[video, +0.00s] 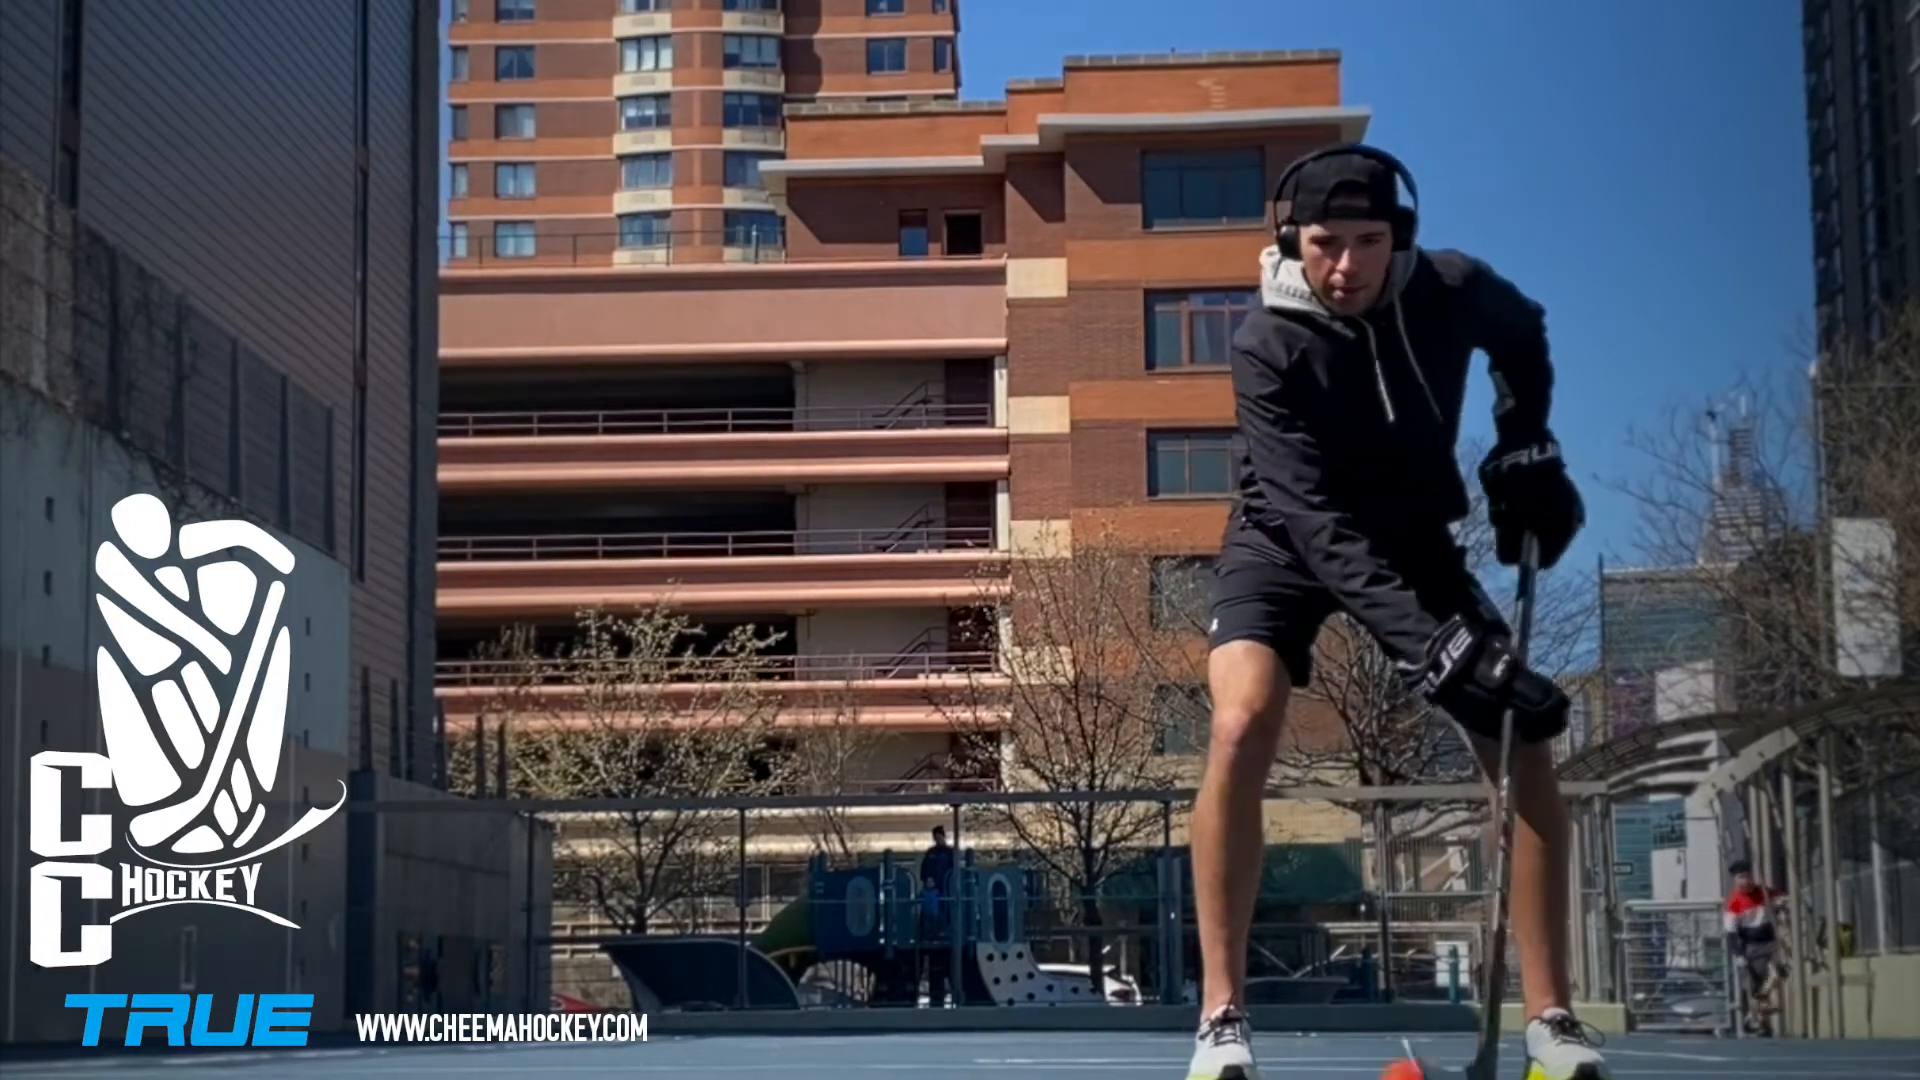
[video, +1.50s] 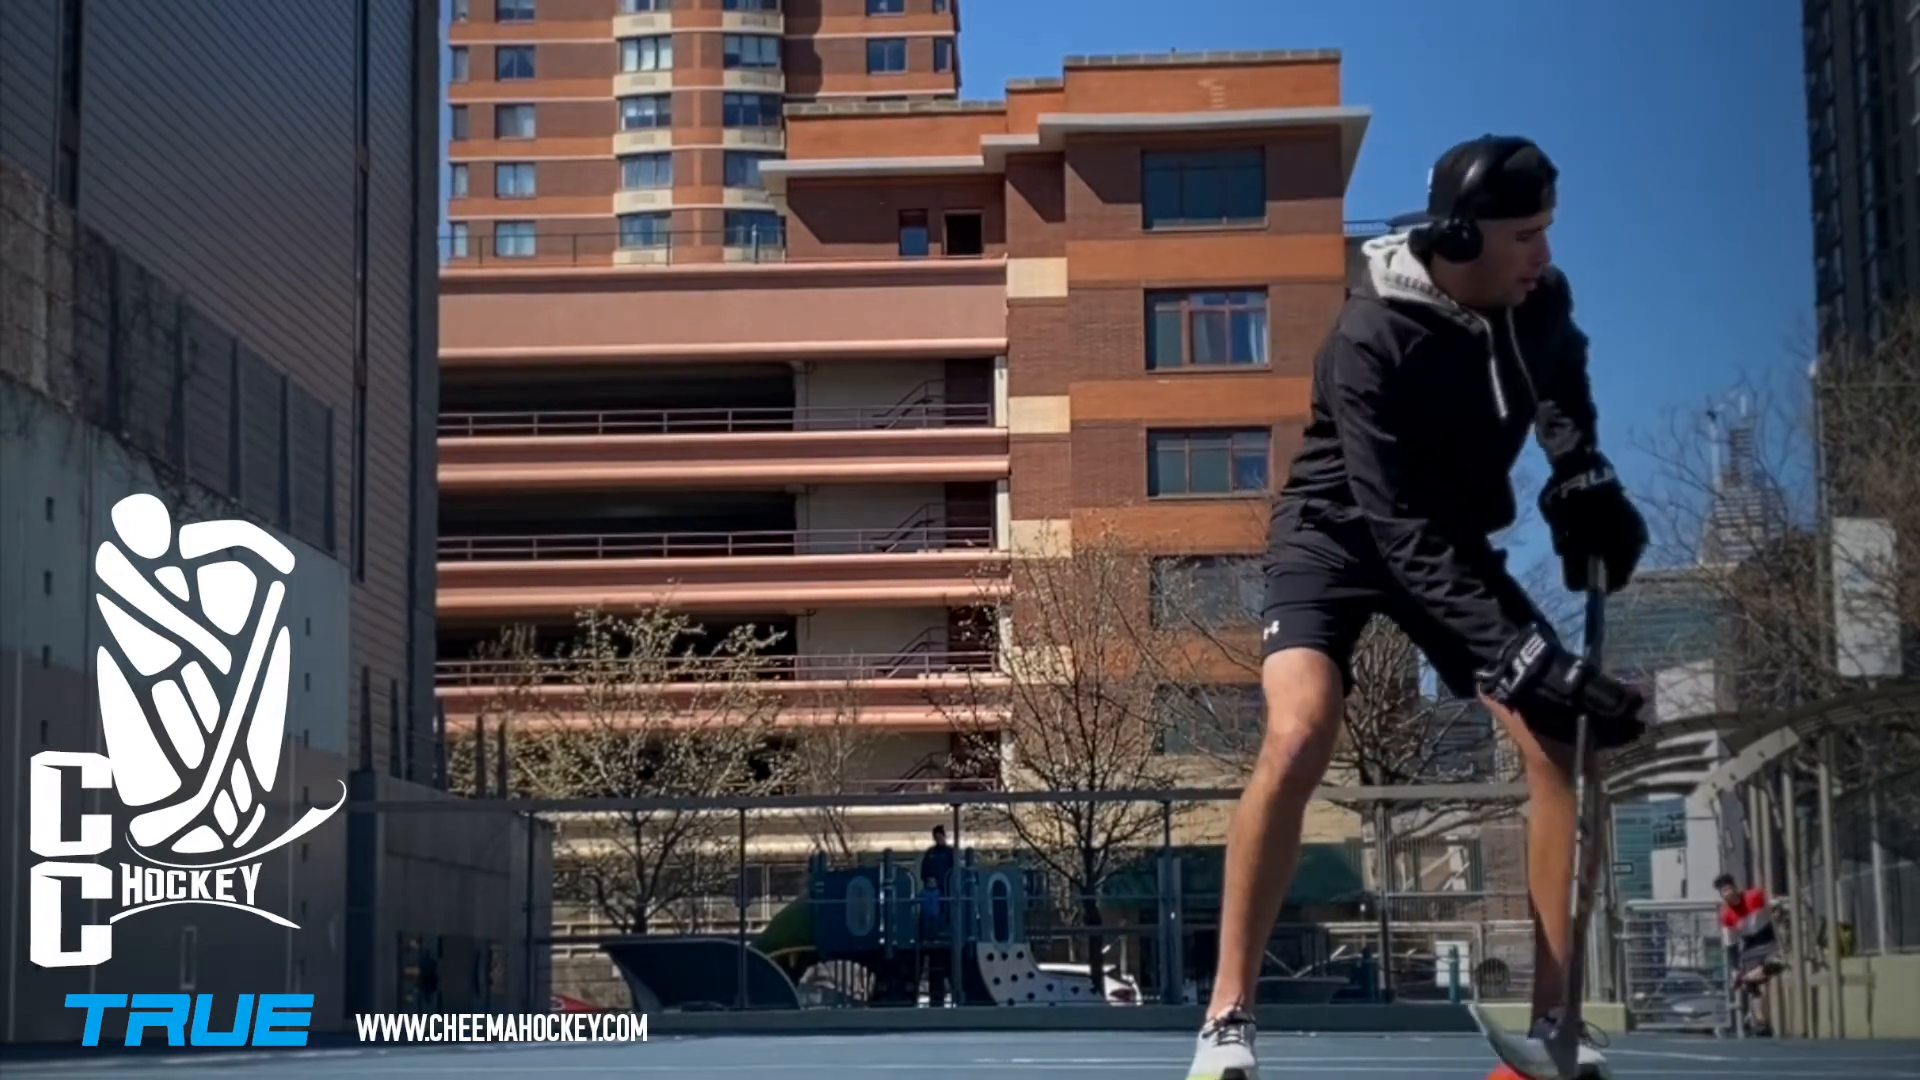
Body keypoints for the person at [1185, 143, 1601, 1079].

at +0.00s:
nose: (1343, 266)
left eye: (1365, 244)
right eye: (1324, 245)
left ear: (1399, 239)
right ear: (1293, 243)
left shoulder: (1449, 288)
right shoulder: (1268, 343)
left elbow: (1521, 333)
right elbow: (1315, 524)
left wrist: (1523, 446)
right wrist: (1440, 647)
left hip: (1414, 536)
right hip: (1285, 539)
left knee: (1523, 738)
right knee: (1242, 725)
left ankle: (1549, 1016)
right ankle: (1221, 1014)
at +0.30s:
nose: (1366, 256)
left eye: (1386, 234)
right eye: (1345, 233)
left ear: (1412, 236)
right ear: (1304, 235)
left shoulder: (1457, 306)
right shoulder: (1262, 338)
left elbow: (1530, 375)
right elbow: (1265, 524)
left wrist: (1552, 492)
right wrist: (1359, 647)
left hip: (1410, 549)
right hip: (1279, 548)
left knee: (1515, 728)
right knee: (1239, 728)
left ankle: (1551, 1018)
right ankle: (1220, 1017)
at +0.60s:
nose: (1373, 254)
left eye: (1392, 233)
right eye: (1351, 232)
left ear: (1415, 237)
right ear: (1307, 238)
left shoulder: (1456, 302)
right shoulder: (1267, 351)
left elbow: (1526, 366)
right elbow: (1288, 540)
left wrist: (1552, 484)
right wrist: (1397, 648)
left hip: (1409, 547)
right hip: (1279, 546)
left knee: (1524, 734)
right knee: (1242, 729)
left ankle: (1551, 1017)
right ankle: (1221, 1014)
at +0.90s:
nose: (1453, 248)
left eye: (1462, 226)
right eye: (1430, 229)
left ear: (1473, 227)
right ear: (1376, 235)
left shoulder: (1491, 298)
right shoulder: (1314, 345)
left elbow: (1540, 348)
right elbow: (1349, 540)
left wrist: (1550, 467)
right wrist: (1499, 661)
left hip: (1431, 545)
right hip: (1305, 541)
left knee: (1539, 750)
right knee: (1260, 732)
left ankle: (1554, 1020)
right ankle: (1223, 1014)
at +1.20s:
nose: (1541, 245)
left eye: (1544, 226)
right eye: (1522, 229)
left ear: (1531, 225)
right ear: (1465, 231)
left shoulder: (1547, 307)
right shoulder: (1369, 329)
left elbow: (1593, 397)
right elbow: (1352, 516)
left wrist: (1623, 492)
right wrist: (1434, 657)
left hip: (1456, 542)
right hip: (1335, 535)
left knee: (1566, 736)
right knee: (1294, 737)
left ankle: (1557, 1021)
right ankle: (1229, 1013)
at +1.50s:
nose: (1543, 255)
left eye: (1546, 234)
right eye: (1525, 238)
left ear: (1534, 230)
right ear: (1462, 240)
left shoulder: (1537, 301)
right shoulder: (1372, 338)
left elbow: (1561, 391)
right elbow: (1404, 538)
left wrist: (1582, 478)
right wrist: (1544, 667)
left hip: (1455, 537)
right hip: (1335, 532)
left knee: (1557, 739)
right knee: (1298, 736)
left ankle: (1556, 1020)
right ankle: (1228, 1013)